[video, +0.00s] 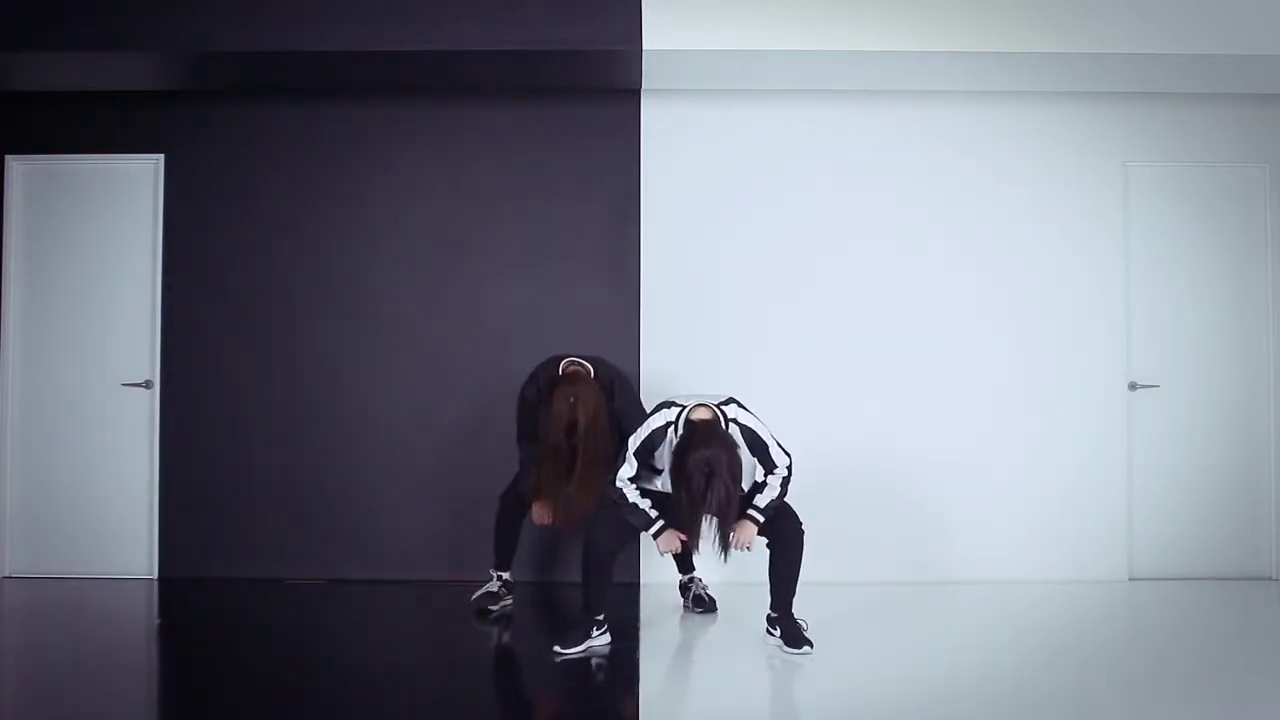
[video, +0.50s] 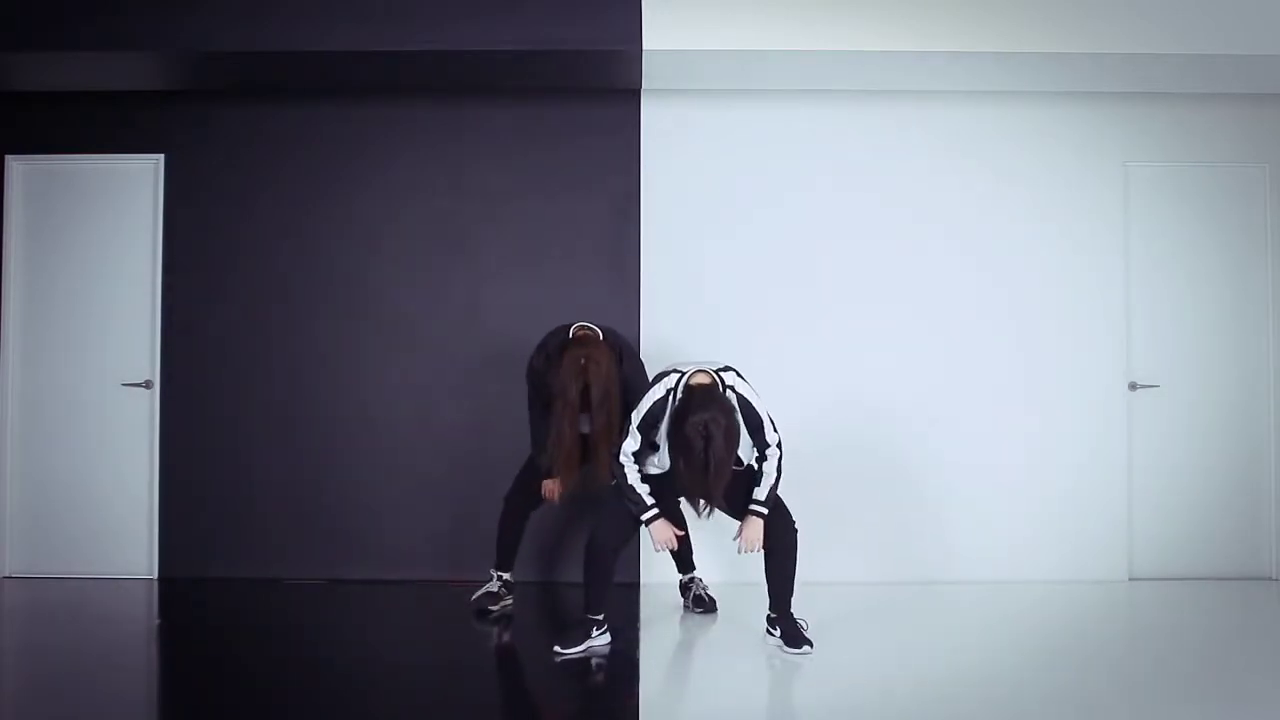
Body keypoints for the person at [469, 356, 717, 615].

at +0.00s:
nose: (572, 439)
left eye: (577, 433)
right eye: (566, 433)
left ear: (594, 404)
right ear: (553, 402)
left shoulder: (616, 388)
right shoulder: (534, 388)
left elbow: (640, 443)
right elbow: (527, 443)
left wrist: (603, 486)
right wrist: (539, 494)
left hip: (610, 459)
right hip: (554, 456)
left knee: (666, 506)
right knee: (511, 502)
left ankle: (690, 582)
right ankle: (501, 580)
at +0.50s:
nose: (589, 396)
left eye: (595, 391)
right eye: (582, 391)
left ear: (606, 366)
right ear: (565, 368)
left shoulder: (624, 356)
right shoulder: (544, 358)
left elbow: (644, 414)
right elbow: (540, 419)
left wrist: (636, 462)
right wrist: (549, 470)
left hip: (620, 442)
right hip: (564, 443)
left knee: (666, 502)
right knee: (517, 501)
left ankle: (690, 580)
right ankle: (502, 580)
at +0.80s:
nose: (594, 370)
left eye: (599, 363)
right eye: (586, 364)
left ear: (610, 343)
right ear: (570, 343)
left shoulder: (626, 337)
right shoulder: (552, 337)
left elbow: (645, 391)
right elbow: (544, 401)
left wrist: (645, 447)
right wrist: (552, 457)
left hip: (621, 439)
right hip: (567, 440)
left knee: (663, 503)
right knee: (520, 503)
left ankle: (690, 581)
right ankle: (501, 581)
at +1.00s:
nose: (594, 361)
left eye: (600, 355)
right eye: (587, 355)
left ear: (611, 335)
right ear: (573, 337)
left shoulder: (626, 330)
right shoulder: (554, 330)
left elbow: (645, 387)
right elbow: (544, 393)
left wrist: (642, 444)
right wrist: (549, 450)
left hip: (619, 437)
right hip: (567, 439)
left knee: (660, 501)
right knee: (523, 503)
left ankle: (690, 583)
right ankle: (501, 582)